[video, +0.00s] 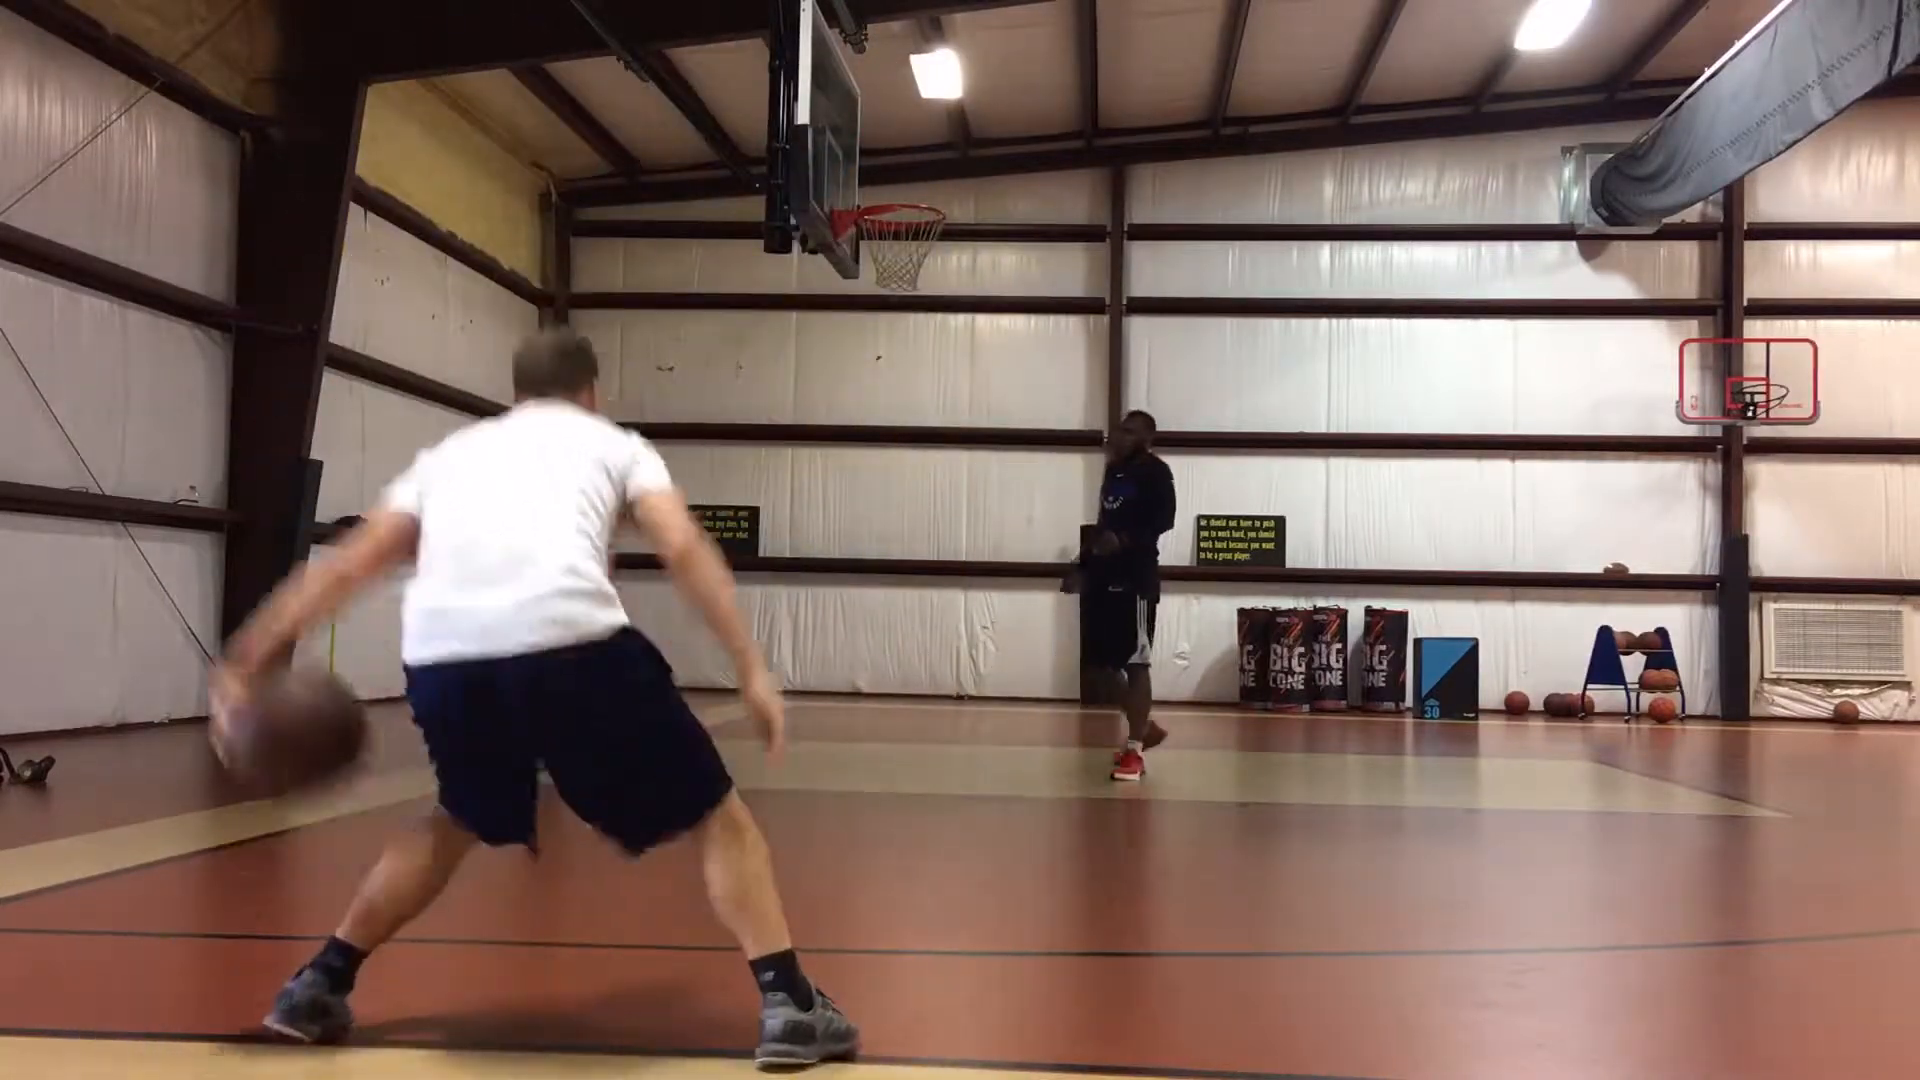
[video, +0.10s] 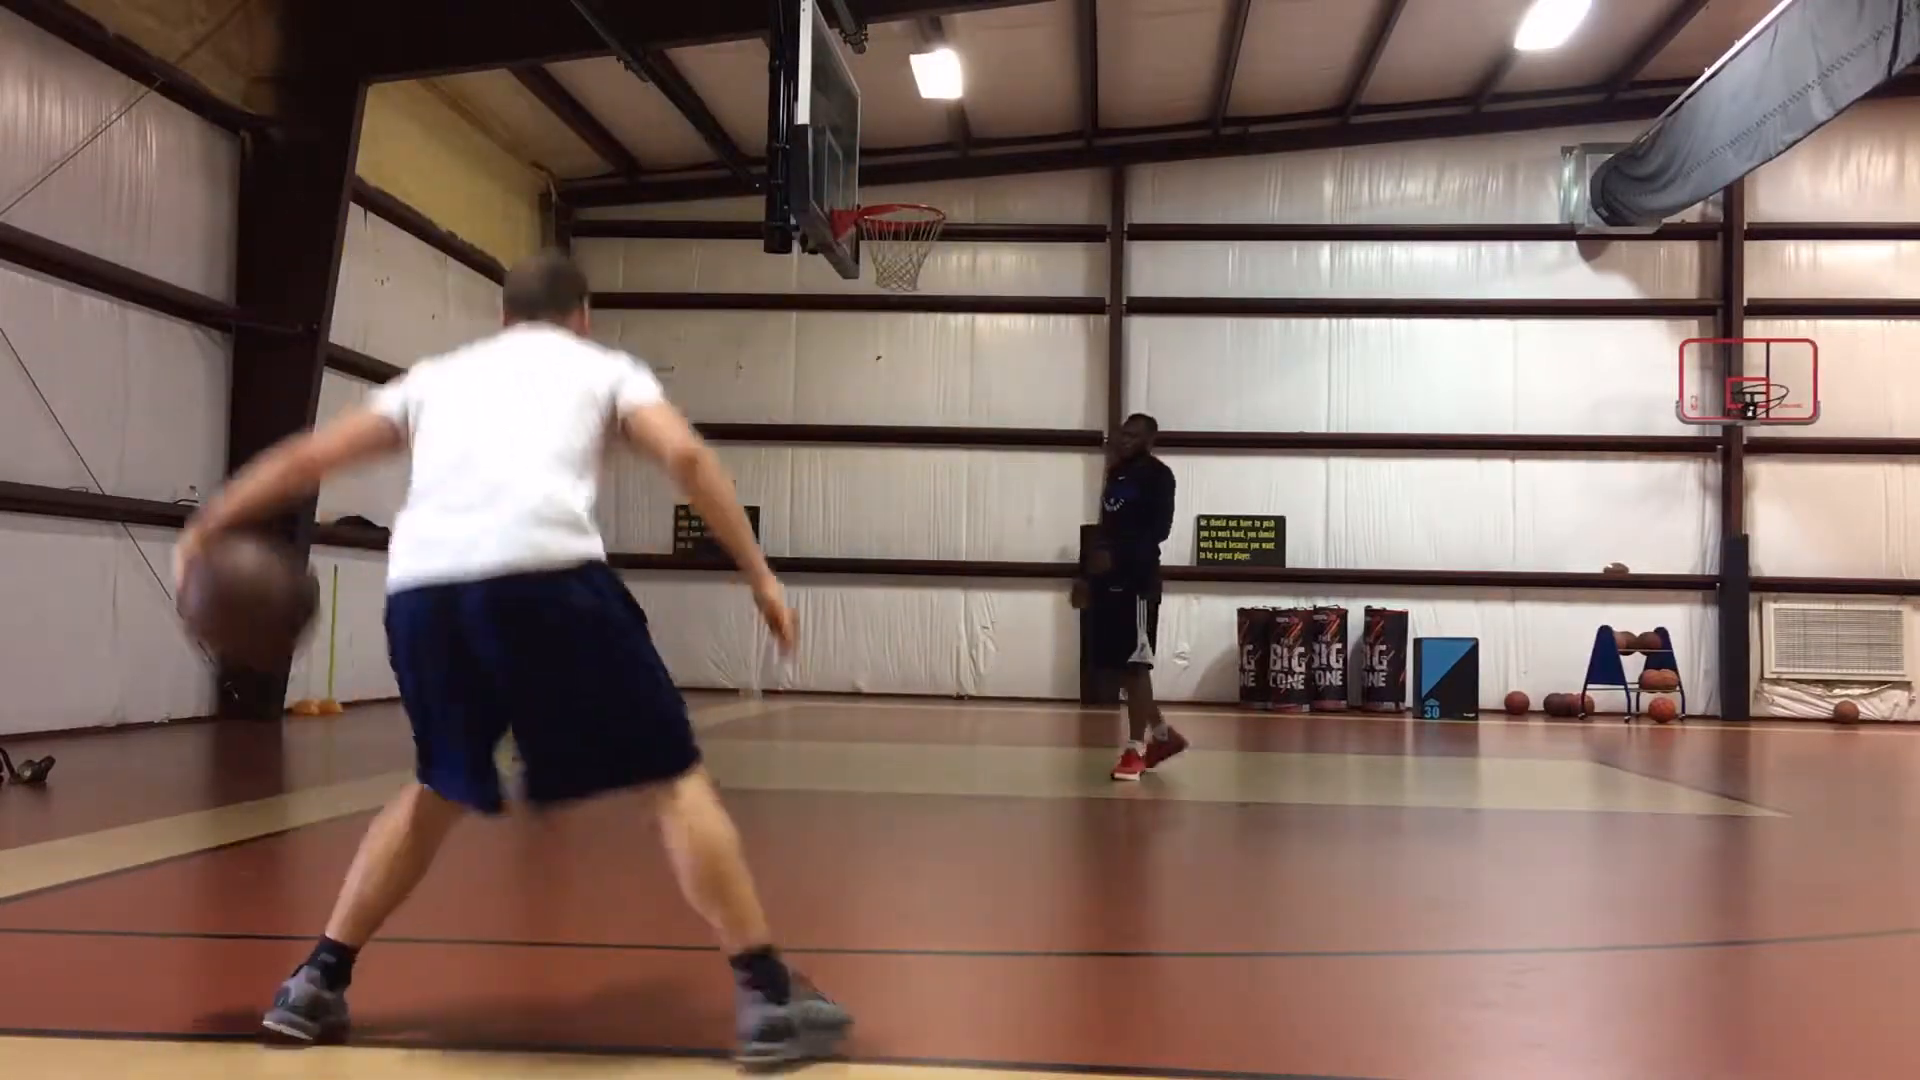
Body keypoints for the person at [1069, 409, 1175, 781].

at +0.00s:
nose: (1120, 435)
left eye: (1129, 431)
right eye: (1120, 428)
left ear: (1147, 438)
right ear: (1117, 432)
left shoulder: (1156, 471)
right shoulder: (1114, 472)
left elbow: (1162, 520)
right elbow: (1107, 526)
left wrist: (1123, 538)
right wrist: (1082, 565)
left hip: (1136, 580)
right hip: (1104, 578)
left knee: (1136, 664)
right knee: (1101, 666)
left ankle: (1134, 749)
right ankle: (1146, 726)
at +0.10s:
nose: (1124, 439)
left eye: (1132, 434)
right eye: (1123, 432)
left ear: (1150, 439)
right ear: (1119, 435)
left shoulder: (1159, 474)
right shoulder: (1117, 473)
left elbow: (1159, 529)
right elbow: (1109, 527)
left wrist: (1115, 551)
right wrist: (1089, 575)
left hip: (1139, 580)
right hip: (1113, 579)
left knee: (1136, 665)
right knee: (1124, 665)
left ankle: (1135, 748)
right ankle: (1162, 733)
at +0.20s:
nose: (1124, 443)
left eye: (1132, 438)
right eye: (1123, 437)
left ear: (1149, 443)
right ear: (1123, 440)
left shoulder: (1154, 478)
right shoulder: (1130, 476)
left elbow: (1123, 517)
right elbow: (1113, 518)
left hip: (1139, 582)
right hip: (1128, 581)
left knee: (1139, 666)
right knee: (1141, 665)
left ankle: (1136, 749)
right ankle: (1171, 743)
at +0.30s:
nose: (1125, 448)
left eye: (1132, 443)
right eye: (1124, 442)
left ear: (1149, 446)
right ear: (1124, 443)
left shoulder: (1148, 480)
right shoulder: (1141, 479)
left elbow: (1136, 533)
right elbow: (1116, 520)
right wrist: (1111, 463)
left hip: (1139, 583)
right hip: (1138, 582)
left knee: (1136, 665)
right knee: (1151, 665)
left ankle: (1136, 748)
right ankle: (1175, 744)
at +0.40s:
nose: (1116, 450)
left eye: (1121, 443)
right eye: (1118, 444)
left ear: (1137, 446)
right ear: (1142, 447)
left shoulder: (1145, 479)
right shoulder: (1146, 480)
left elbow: (1129, 536)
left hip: (1138, 584)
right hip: (1141, 583)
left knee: (1130, 662)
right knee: (1150, 663)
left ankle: (1128, 746)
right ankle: (1175, 745)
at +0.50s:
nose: (1113, 450)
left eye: (1118, 443)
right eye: (1114, 443)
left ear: (1135, 445)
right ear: (1141, 446)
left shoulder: (1141, 480)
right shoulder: (1147, 479)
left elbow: (1135, 539)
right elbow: (1140, 538)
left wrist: (1118, 588)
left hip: (1132, 588)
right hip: (1144, 587)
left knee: (1112, 662)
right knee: (1148, 662)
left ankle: (1119, 744)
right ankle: (1175, 743)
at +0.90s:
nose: (1076, 462)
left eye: (1079, 454)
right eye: (1076, 454)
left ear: (1093, 453)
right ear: (1105, 453)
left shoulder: (1093, 485)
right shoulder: (1130, 488)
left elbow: (1097, 543)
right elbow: (1133, 548)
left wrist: (1094, 594)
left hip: (1103, 591)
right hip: (1136, 589)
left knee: (1092, 666)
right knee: (1142, 664)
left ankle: (1080, 740)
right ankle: (1171, 739)